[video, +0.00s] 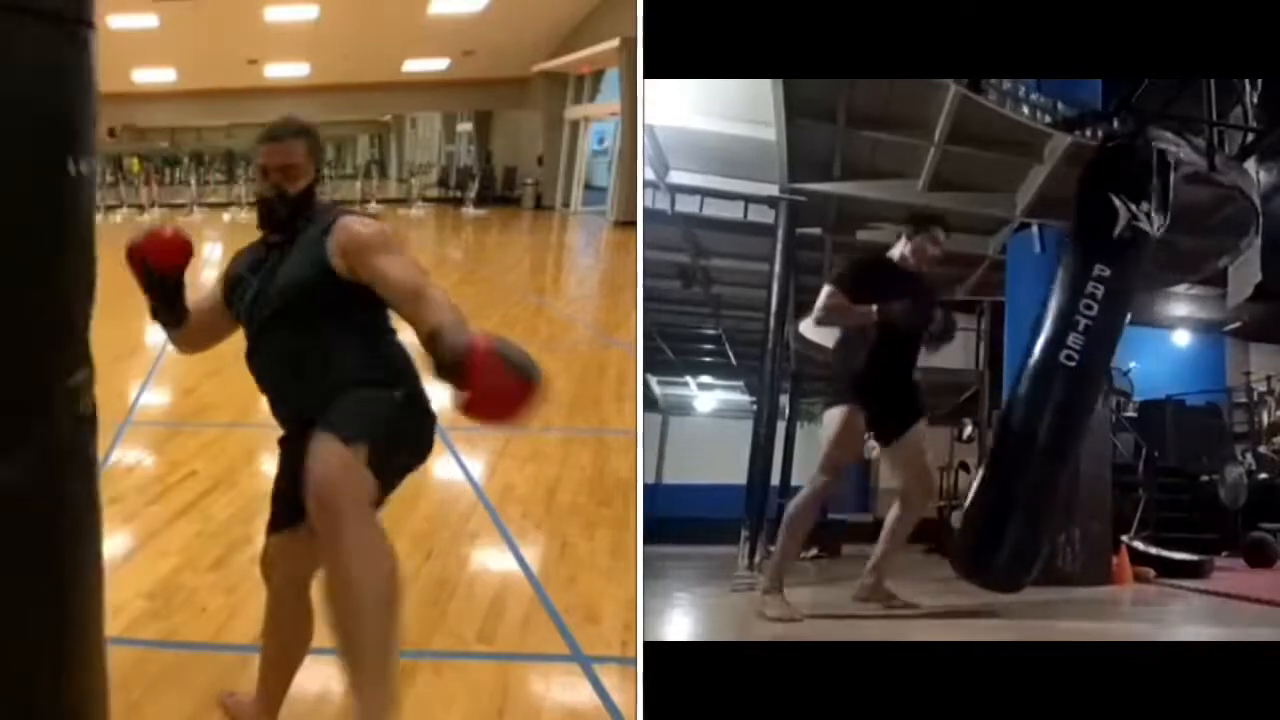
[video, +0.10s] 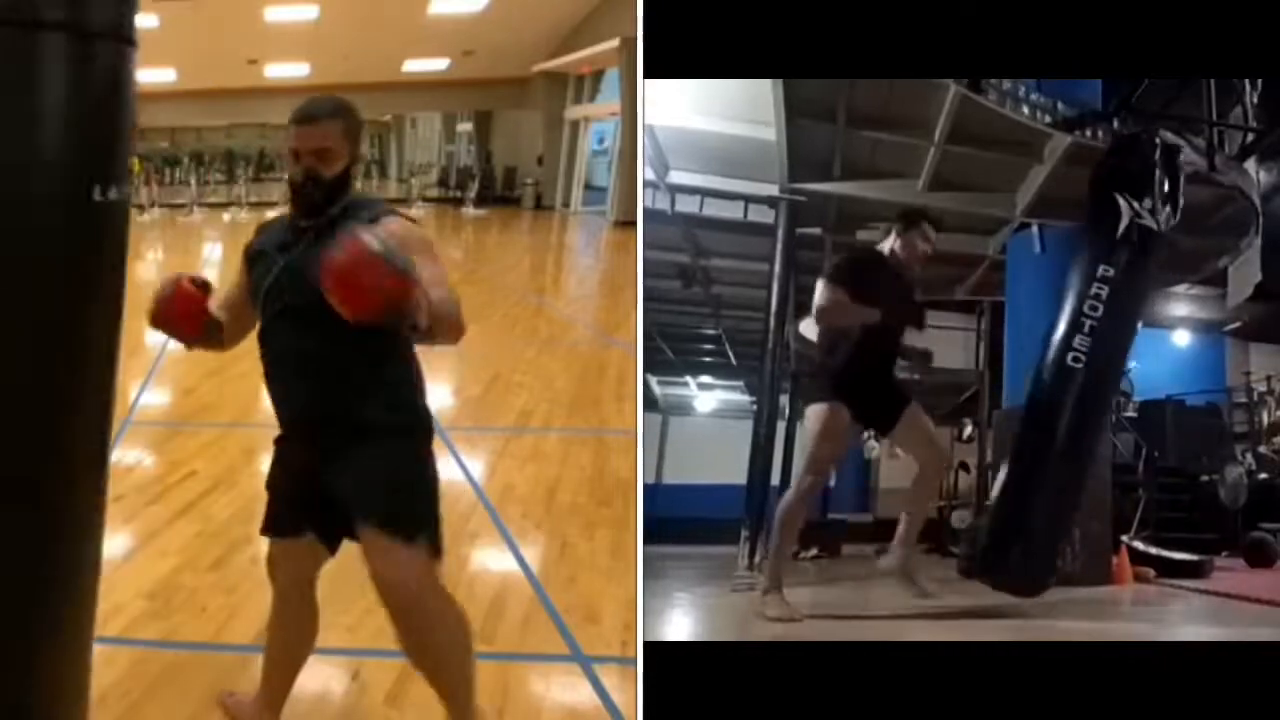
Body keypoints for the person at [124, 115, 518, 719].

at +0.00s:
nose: (274, 188)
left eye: (289, 175)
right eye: (264, 175)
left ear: (316, 175)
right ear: (254, 178)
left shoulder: (351, 237)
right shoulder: (247, 268)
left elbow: (421, 301)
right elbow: (192, 335)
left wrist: (462, 354)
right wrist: (164, 289)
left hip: (379, 400)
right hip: (308, 429)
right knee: (283, 564)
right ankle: (266, 705)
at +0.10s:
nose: (306, 170)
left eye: (323, 157)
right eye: (297, 156)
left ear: (354, 157)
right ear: (287, 155)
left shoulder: (391, 233)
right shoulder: (269, 245)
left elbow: (449, 324)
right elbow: (227, 328)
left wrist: (401, 302)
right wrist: (189, 316)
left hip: (386, 438)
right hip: (305, 440)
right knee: (290, 570)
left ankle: (464, 710)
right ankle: (267, 706)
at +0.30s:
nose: (361, 184)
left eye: (378, 171)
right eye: (353, 170)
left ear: (418, 169)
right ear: (345, 165)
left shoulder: (464, 253)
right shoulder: (348, 241)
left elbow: (468, 372)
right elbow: (302, 323)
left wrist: (401, 294)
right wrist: (271, 311)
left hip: (434, 459)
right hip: (346, 450)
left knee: (454, 580)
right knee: (305, 561)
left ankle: (470, 699)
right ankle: (283, 695)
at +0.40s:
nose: (380, 183)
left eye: (396, 169)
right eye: (372, 168)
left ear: (441, 163)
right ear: (365, 163)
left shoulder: (497, 249)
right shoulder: (375, 229)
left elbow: (506, 375)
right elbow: (331, 321)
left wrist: (418, 335)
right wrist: (304, 306)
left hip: (456, 449)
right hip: (369, 434)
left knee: (463, 579)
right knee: (324, 538)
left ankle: (471, 697)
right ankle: (305, 661)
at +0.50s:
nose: (396, 181)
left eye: (413, 167)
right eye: (388, 166)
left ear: (460, 161)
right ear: (380, 161)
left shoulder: (515, 247)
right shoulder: (388, 229)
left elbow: (531, 372)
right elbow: (360, 323)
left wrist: (442, 343)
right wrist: (323, 298)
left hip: (471, 445)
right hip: (385, 426)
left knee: (471, 579)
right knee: (342, 504)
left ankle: (472, 695)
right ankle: (351, 619)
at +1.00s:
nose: (373, 182)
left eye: (388, 170)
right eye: (368, 169)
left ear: (430, 163)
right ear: (364, 161)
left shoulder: (480, 231)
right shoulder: (381, 217)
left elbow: (527, 332)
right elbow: (329, 289)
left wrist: (441, 288)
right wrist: (312, 248)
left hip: (450, 424)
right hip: (400, 410)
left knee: (409, 562)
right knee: (423, 520)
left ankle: (424, 700)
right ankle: (436, 606)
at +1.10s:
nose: (356, 181)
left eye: (370, 169)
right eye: (352, 167)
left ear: (413, 163)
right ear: (354, 159)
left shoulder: (438, 220)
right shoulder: (381, 210)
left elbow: (477, 293)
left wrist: (366, 269)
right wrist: (307, 232)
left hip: (443, 422)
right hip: (408, 408)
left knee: (415, 562)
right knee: (407, 507)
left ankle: (430, 703)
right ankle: (426, 595)